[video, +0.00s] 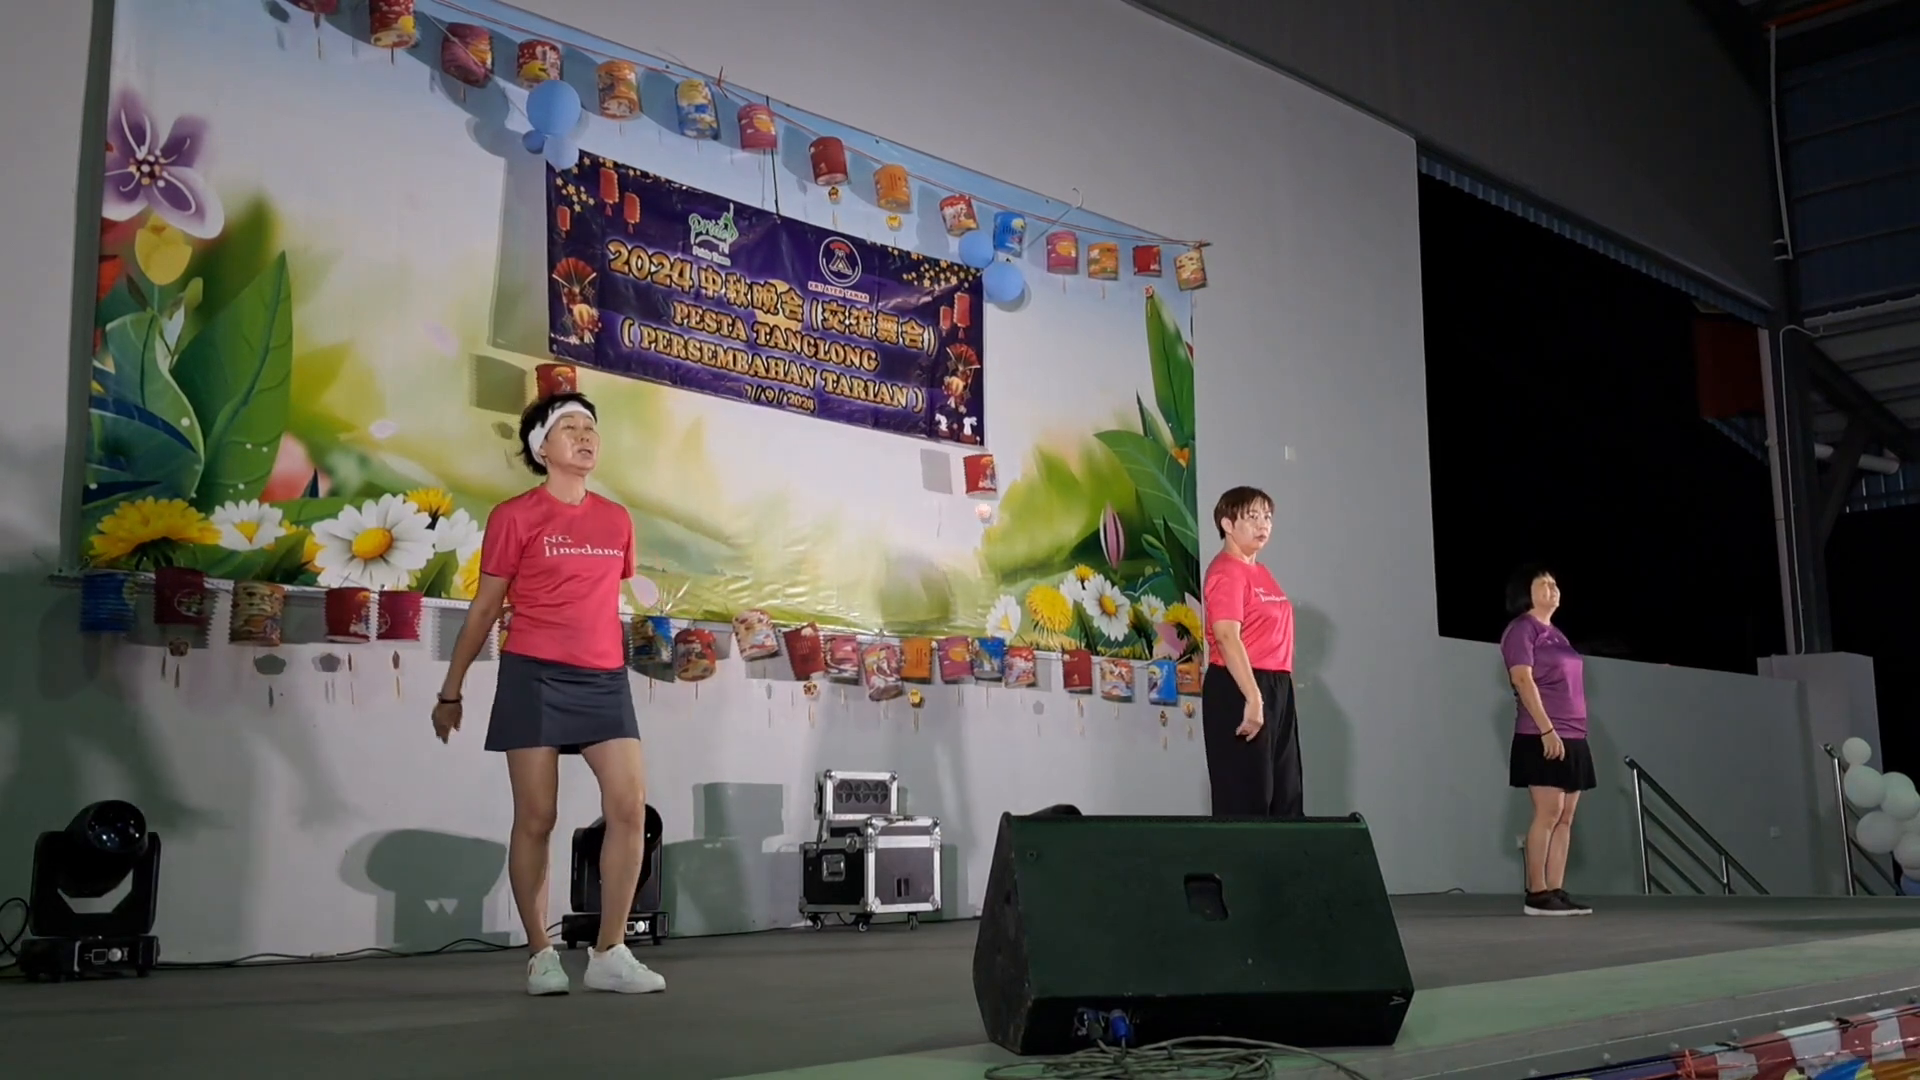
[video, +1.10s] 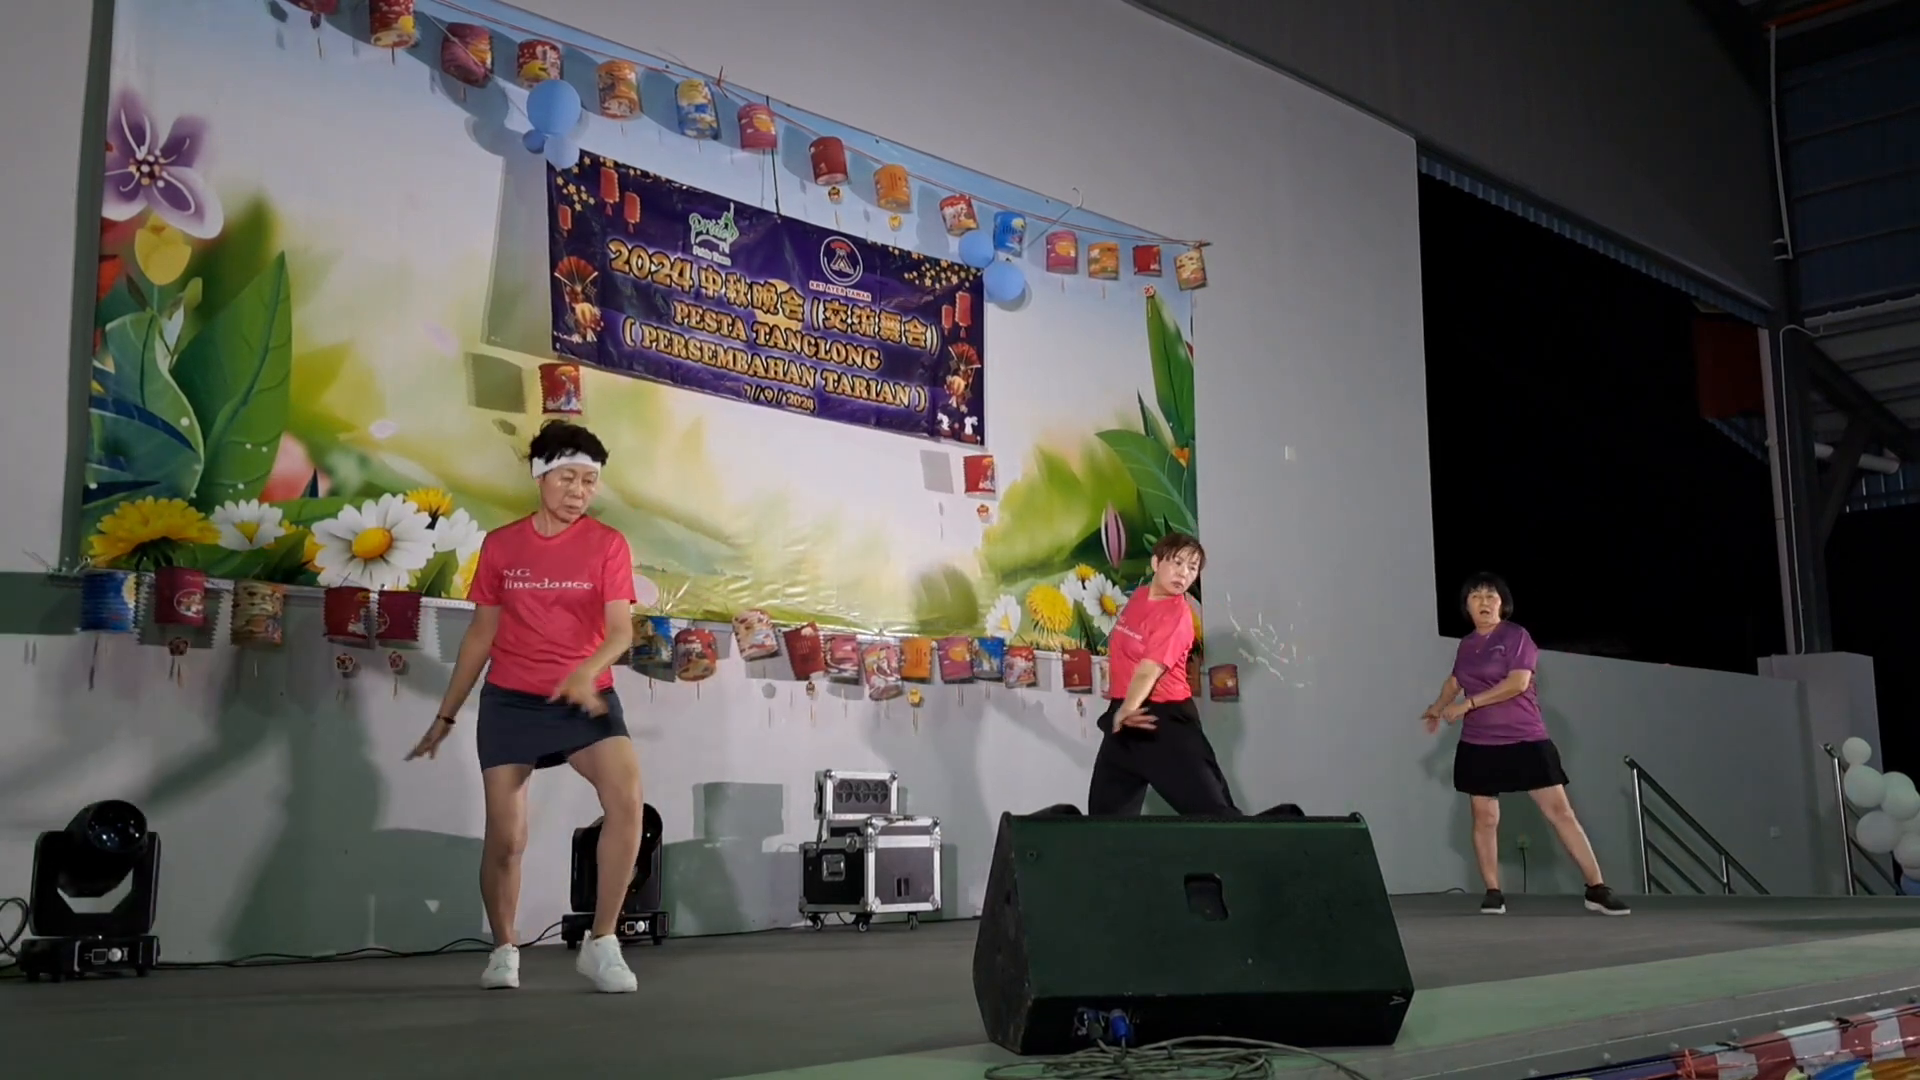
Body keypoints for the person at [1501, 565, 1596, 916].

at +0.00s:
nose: (1551, 590)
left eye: (1554, 585)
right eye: (1542, 585)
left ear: (1558, 594)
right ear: (1526, 593)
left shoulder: (1556, 634)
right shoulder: (1521, 629)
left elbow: (1563, 685)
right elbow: (1523, 682)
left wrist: (1575, 730)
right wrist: (1547, 730)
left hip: (1572, 736)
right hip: (1541, 736)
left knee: (1565, 816)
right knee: (1547, 812)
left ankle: (1555, 890)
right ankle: (1537, 892)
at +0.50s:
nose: (1540, 586)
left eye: (1546, 582)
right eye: (1532, 582)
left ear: (1555, 594)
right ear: (1519, 594)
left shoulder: (1570, 636)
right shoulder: (1504, 631)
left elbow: (1592, 679)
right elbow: (1494, 679)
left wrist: (1619, 722)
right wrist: (1510, 724)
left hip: (1559, 738)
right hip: (1518, 735)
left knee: (1564, 812)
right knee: (1528, 810)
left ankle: (1554, 892)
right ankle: (1521, 890)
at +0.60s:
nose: (1527, 588)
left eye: (1533, 583)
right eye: (1519, 584)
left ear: (1544, 593)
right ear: (1508, 595)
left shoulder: (1565, 634)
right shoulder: (1495, 633)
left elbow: (1592, 675)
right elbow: (1474, 677)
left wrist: (1616, 713)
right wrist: (1469, 712)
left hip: (1558, 738)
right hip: (1511, 737)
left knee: (1565, 813)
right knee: (1513, 813)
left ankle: (1553, 892)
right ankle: (1498, 882)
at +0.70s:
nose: (1511, 591)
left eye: (1517, 586)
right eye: (1504, 587)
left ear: (1529, 594)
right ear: (1494, 598)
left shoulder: (1553, 631)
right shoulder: (1482, 637)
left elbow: (1577, 669)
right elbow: (1453, 676)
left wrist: (1582, 701)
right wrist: (1426, 706)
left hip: (1552, 737)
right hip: (1503, 739)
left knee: (1571, 811)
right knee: (1498, 815)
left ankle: (1555, 890)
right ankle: (1494, 889)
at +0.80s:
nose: (1499, 597)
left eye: (1505, 591)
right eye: (1492, 592)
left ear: (1517, 597)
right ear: (1482, 601)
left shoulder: (1540, 633)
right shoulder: (1471, 642)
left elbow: (1558, 675)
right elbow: (1438, 679)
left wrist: (1535, 696)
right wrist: (1397, 707)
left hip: (1543, 740)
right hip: (1492, 743)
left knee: (1584, 803)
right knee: (1492, 817)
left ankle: (1569, 882)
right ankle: (1493, 892)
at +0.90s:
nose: (1492, 599)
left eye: (1498, 593)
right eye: (1484, 594)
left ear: (1509, 599)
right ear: (1475, 603)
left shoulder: (1528, 634)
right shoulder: (1466, 645)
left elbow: (1539, 681)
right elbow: (1436, 681)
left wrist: (1491, 703)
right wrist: (1394, 708)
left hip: (1536, 741)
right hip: (1486, 744)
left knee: (1576, 807)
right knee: (1488, 816)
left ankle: (1597, 887)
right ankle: (1493, 892)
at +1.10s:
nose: (1484, 604)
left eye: (1491, 597)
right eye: (1477, 597)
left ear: (1502, 603)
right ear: (1467, 605)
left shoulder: (1517, 636)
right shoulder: (1466, 645)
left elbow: (1518, 683)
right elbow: (1455, 682)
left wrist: (1467, 704)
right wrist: (1438, 706)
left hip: (1527, 741)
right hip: (1480, 744)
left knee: (1561, 811)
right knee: (1485, 816)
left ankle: (1597, 888)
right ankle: (1493, 892)